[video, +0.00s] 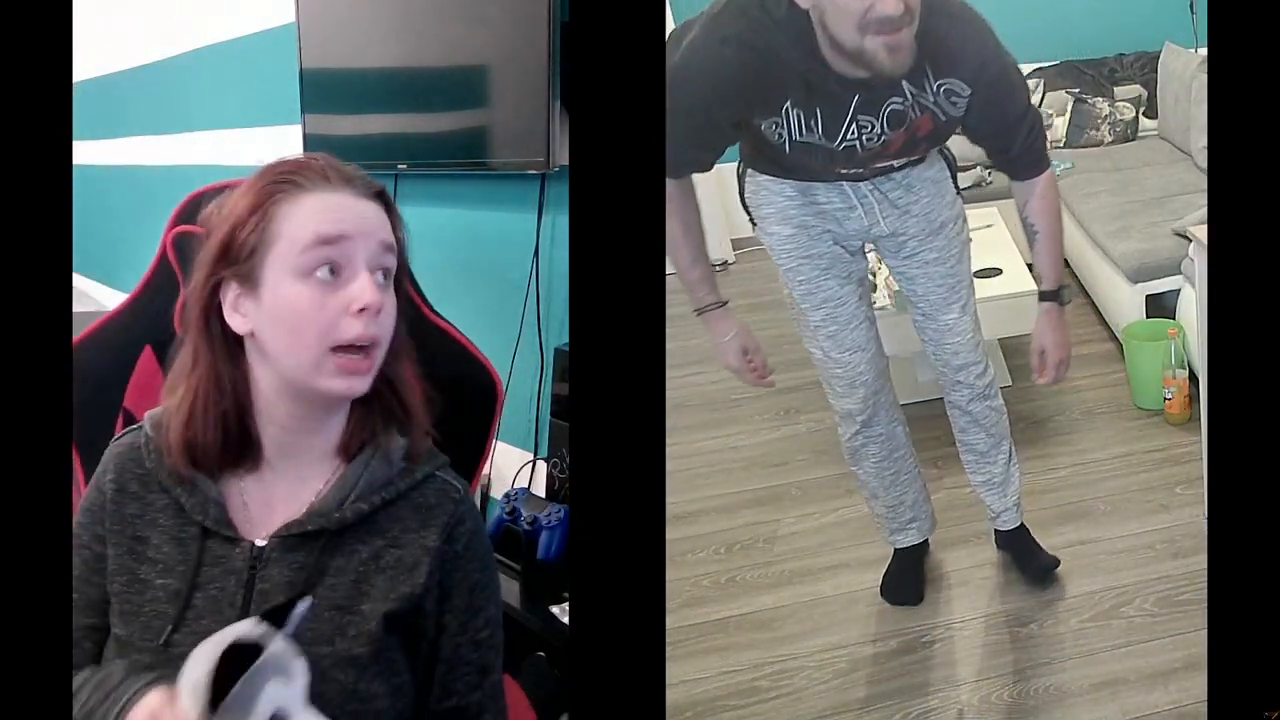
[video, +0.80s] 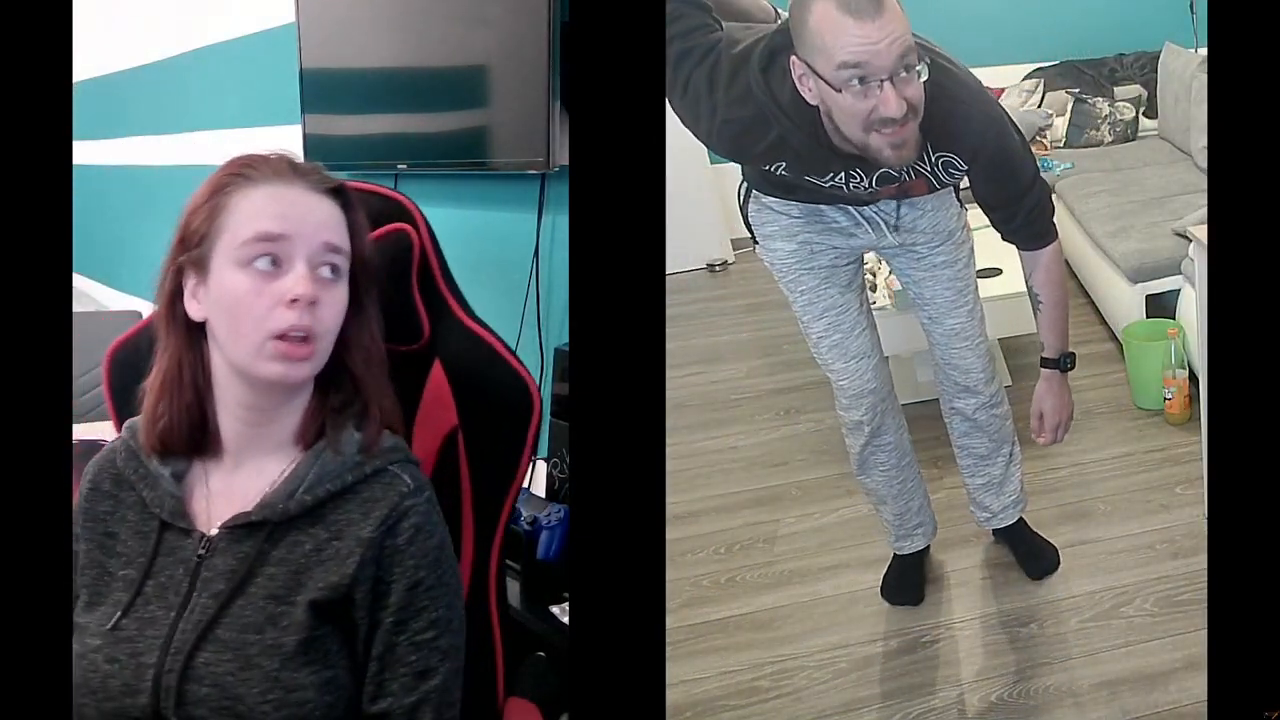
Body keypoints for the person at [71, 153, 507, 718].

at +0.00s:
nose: (372, 297)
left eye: (384, 273)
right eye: (328, 269)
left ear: (396, 295)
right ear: (238, 305)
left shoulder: (440, 521)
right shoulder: (131, 477)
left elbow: (470, 709)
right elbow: (74, 671)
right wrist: (132, 700)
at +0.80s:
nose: (305, 292)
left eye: (330, 269)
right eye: (267, 261)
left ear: (347, 303)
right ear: (196, 291)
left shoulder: (389, 504)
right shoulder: (113, 480)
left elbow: (418, 705)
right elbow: (84, 678)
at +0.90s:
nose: (279, 299)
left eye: (310, 273)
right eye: (245, 267)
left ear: (338, 306)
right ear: (185, 297)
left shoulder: (388, 512)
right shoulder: (115, 483)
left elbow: (415, 704)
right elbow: (83, 675)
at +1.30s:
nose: (293, 299)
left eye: (319, 274)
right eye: (255, 269)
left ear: (340, 308)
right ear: (186, 303)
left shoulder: (382, 523)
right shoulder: (118, 486)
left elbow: (404, 706)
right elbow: (84, 681)